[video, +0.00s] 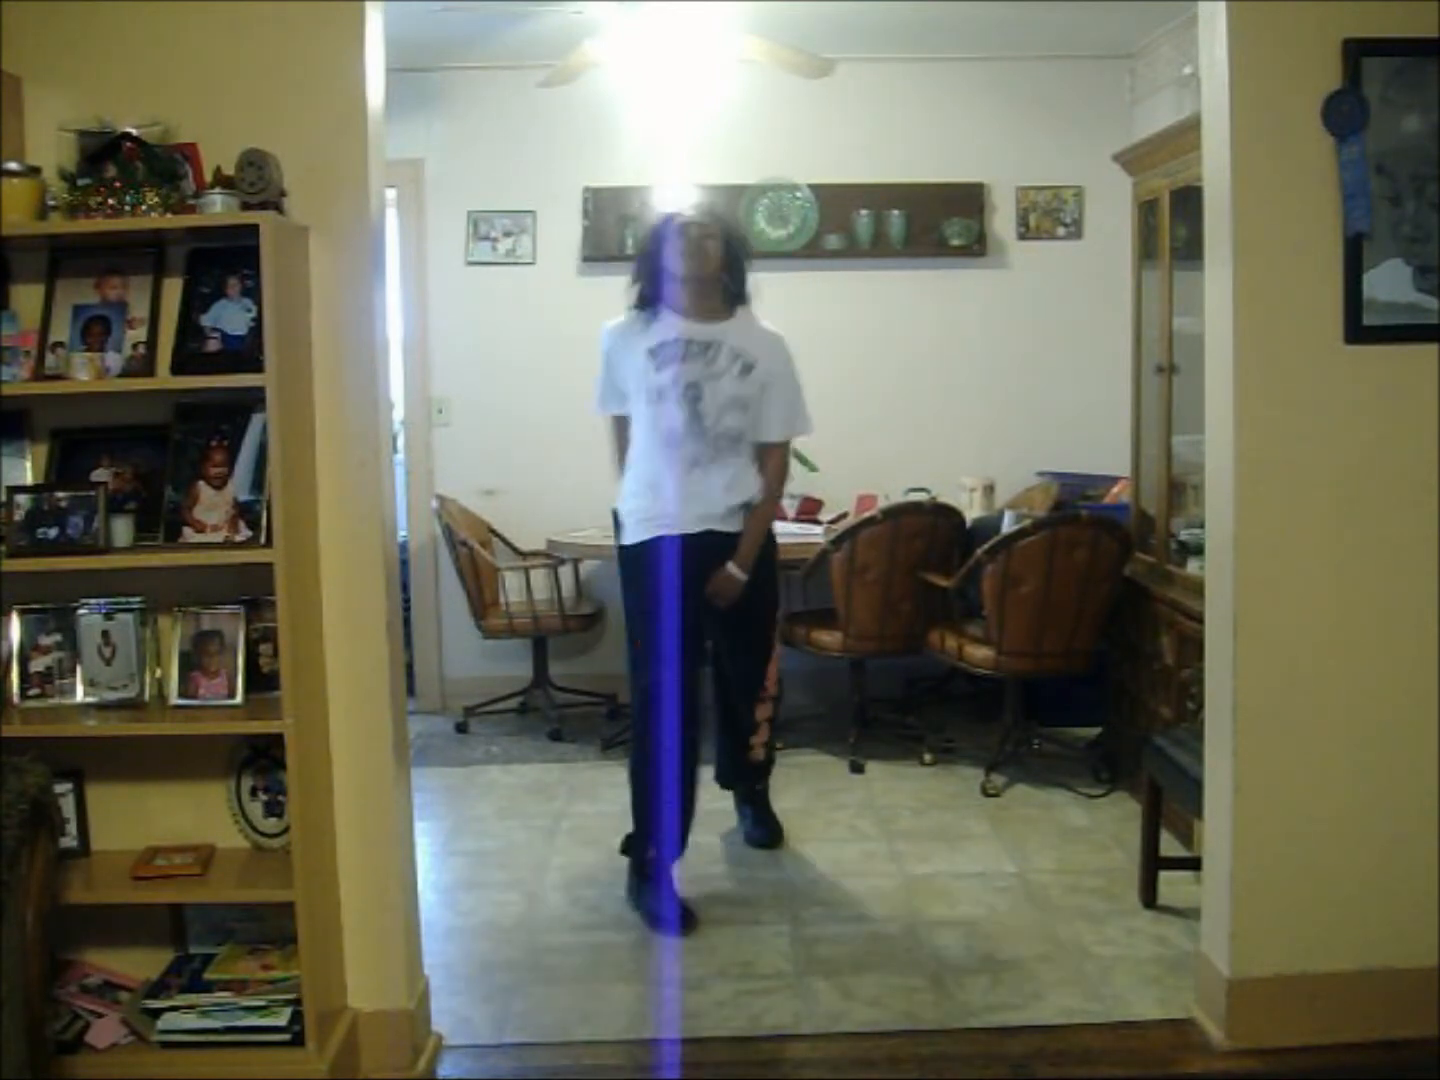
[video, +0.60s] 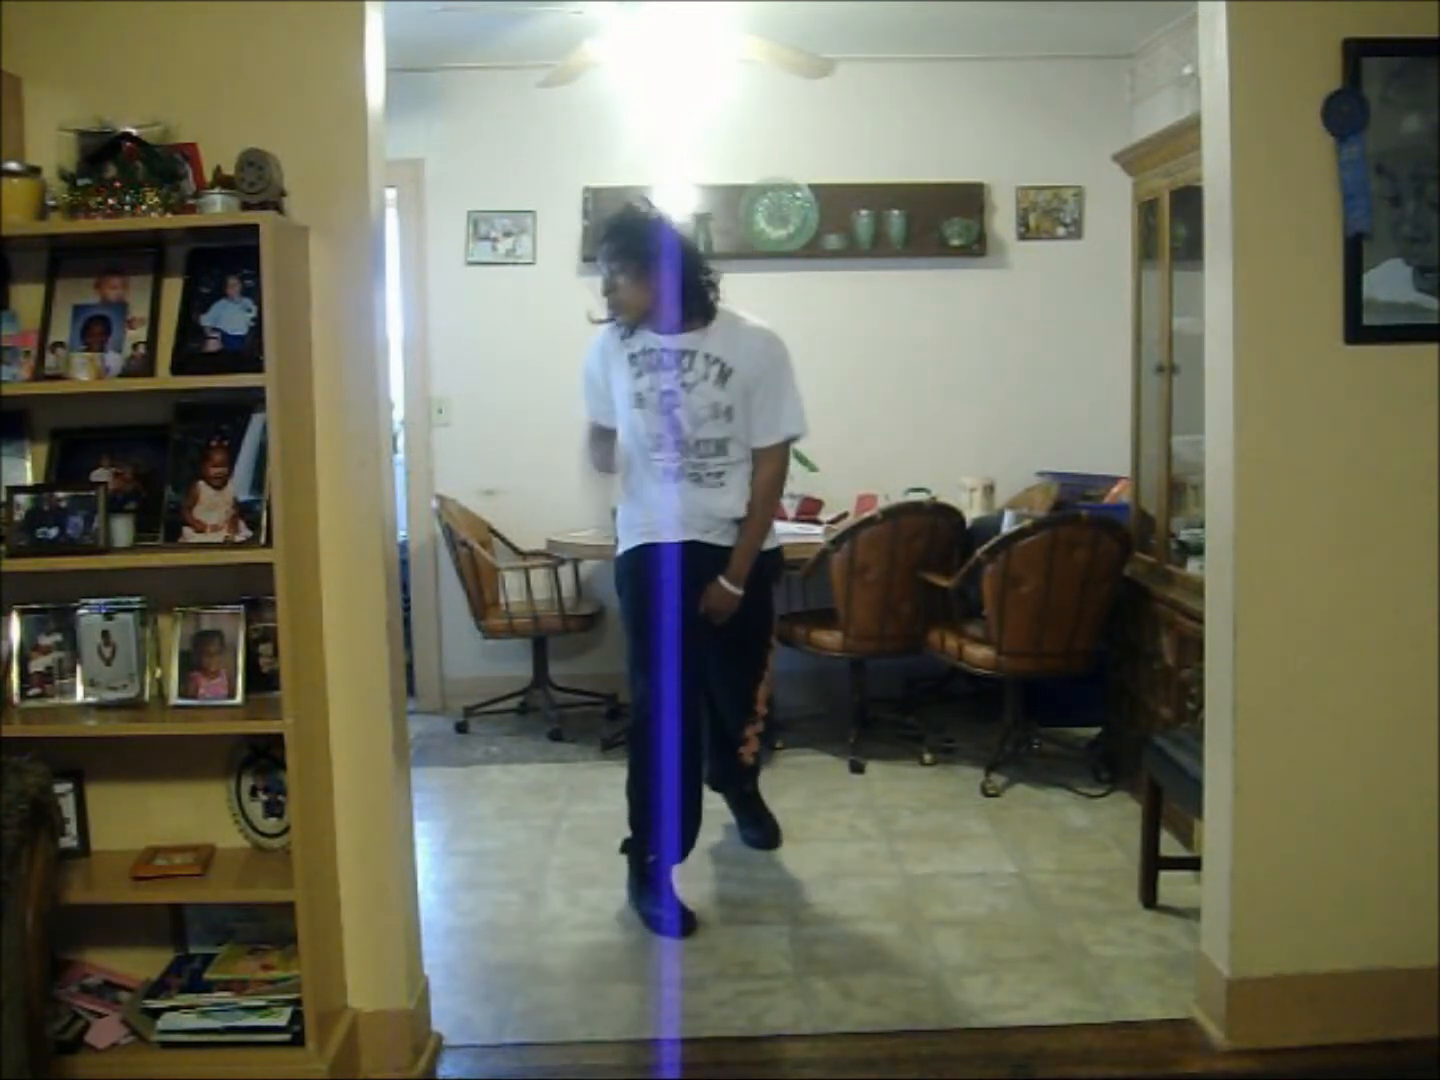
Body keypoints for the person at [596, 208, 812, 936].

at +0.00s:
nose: (694, 249)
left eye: (707, 238)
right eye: (680, 238)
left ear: (727, 255)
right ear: (657, 256)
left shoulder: (762, 346)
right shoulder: (626, 340)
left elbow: (775, 466)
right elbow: (622, 447)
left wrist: (743, 558)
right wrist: (638, 520)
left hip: (737, 533)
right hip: (652, 535)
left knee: (746, 676)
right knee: (662, 697)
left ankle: (751, 789)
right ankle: (653, 861)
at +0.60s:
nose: (606, 290)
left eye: (617, 275)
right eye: (604, 276)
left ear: (662, 273)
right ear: (629, 279)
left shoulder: (754, 347)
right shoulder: (608, 351)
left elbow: (772, 467)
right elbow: (603, 456)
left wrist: (738, 572)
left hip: (734, 545)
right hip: (650, 545)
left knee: (734, 687)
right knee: (661, 705)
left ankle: (738, 783)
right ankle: (651, 866)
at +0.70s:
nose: (607, 289)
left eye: (619, 274)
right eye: (605, 275)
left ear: (663, 272)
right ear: (624, 280)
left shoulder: (753, 348)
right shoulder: (619, 351)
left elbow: (771, 468)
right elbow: (606, 457)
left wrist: (738, 575)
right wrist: (639, 398)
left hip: (736, 545)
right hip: (653, 544)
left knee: (738, 688)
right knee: (662, 706)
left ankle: (738, 782)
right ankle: (650, 865)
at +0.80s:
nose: (626, 289)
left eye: (638, 274)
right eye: (624, 276)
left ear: (677, 274)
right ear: (636, 280)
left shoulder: (769, 352)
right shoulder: (627, 358)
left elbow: (783, 473)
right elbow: (582, 451)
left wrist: (747, 575)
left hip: (746, 551)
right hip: (657, 548)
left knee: (738, 695)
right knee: (660, 707)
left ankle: (738, 785)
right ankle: (651, 868)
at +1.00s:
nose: (661, 288)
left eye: (669, 271)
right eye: (646, 283)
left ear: (704, 270)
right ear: (637, 302)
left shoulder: (784, 343)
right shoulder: (645, 373)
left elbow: (824, 445)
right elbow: (582, 431)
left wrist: (779, 544)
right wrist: (526, 468)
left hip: (777, 549)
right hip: (688, 556)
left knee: (781, 702)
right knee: (673, 719)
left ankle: (794, 764)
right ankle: (651, 872)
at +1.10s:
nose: (684, 286)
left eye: (696, 268)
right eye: (669, 276)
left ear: (728, 267)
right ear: (655, 289)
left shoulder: (797, 336)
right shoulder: (661, 364)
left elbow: (837, 436)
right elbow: (598, 418)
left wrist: (795, 530)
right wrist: (540, 451)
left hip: (791, 544)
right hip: (701, 554)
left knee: (812, 706)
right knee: (689, 717)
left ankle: (851, 838)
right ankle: (653, 869)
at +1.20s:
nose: (735, 274)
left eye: (746, 256)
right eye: (718, 263)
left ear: (776, 255)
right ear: (704, 275)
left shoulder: (837, 321)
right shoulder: (696, 351)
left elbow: (867, 426)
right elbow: (642, 415)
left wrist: (826, 526)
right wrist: (591, 457)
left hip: (828, 531)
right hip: (741, 542)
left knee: (850, 700)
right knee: (744, 704)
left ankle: (888, 853)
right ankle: (711, 861)